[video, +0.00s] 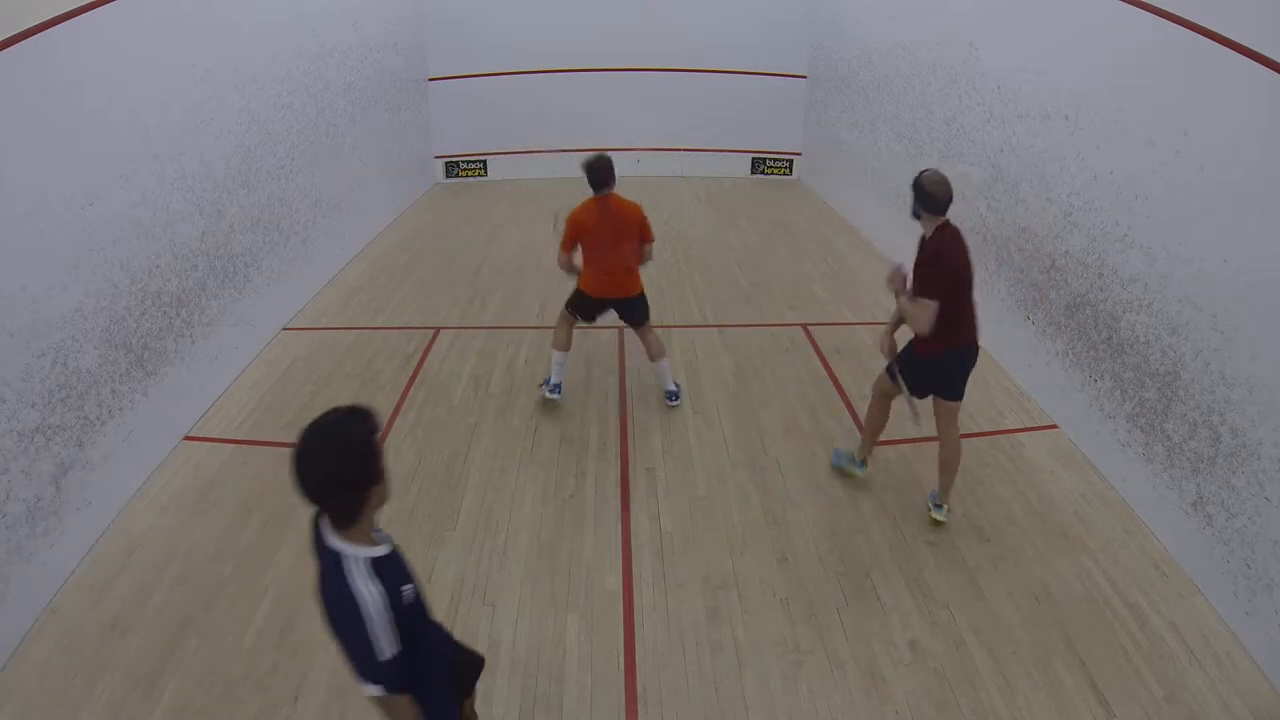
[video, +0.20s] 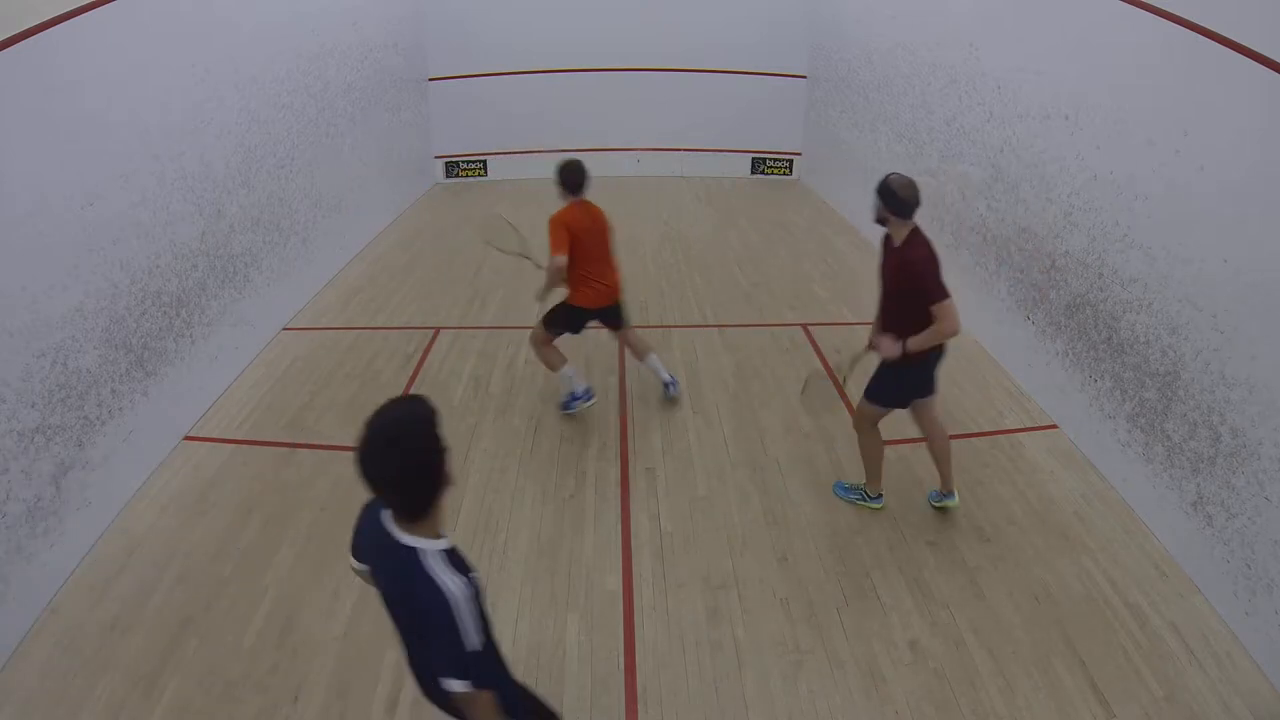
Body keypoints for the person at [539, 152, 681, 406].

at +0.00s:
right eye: (610, 175)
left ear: (589, 181)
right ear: (614, 177)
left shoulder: (579, 215)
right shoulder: (633, 210)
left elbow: (564, 262)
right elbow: (646, 254)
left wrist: (582, 272)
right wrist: (624, 262)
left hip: (593, 289)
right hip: (628, 288)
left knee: (566, 321)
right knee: (645, 330)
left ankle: (554, 383)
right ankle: (670, 388)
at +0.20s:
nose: (557, 185)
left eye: (558, 182)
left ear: (560, 186)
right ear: (585, 184)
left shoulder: (560, 219)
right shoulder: (597, 213)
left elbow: (559, 265)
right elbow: (601, 255)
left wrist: (546, 289)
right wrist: (565, 273)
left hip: (583, 300)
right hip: (610, 295)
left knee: (539, 339)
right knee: (628, 334)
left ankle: (578, 389)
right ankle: (667, 379)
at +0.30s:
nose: (524, 187)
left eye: (526, 182)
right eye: (526, 181)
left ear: (532, 184)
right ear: (550, 182)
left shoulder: (545, 217)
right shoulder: (558, 210)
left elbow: (549, 268)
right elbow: (557, 257)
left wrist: (520, 290)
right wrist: (525, 269)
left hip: (561, 299)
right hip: (575, 291)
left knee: (548, 359)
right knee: (571, 335)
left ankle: (604, 380)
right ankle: (627, 357)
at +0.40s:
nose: (481, 208)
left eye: (484, 203)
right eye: (482, 202)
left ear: (493, 206)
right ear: (508, 202)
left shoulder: (518, 237)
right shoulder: (510, 234)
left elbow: (530, 290)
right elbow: (513, 274)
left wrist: (492, 309)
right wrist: (487, 278)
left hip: (553, 314)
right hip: (531, 309)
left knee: (568, 370)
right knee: (505, 341)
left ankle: (622, 384)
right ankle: (553, 360)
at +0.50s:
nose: (433, 234)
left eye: (435, 228)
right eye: (433, 228)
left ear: (443, 230)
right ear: (457, 225)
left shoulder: (474, 257)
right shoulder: (455, 257)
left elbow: (495, 300)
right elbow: (451, 285)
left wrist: (465, 336)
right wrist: (438, 294)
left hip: (513, 318)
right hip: (488, 313)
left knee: (553, 365)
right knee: (449, 330)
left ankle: (614, 382)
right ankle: (455, 388)